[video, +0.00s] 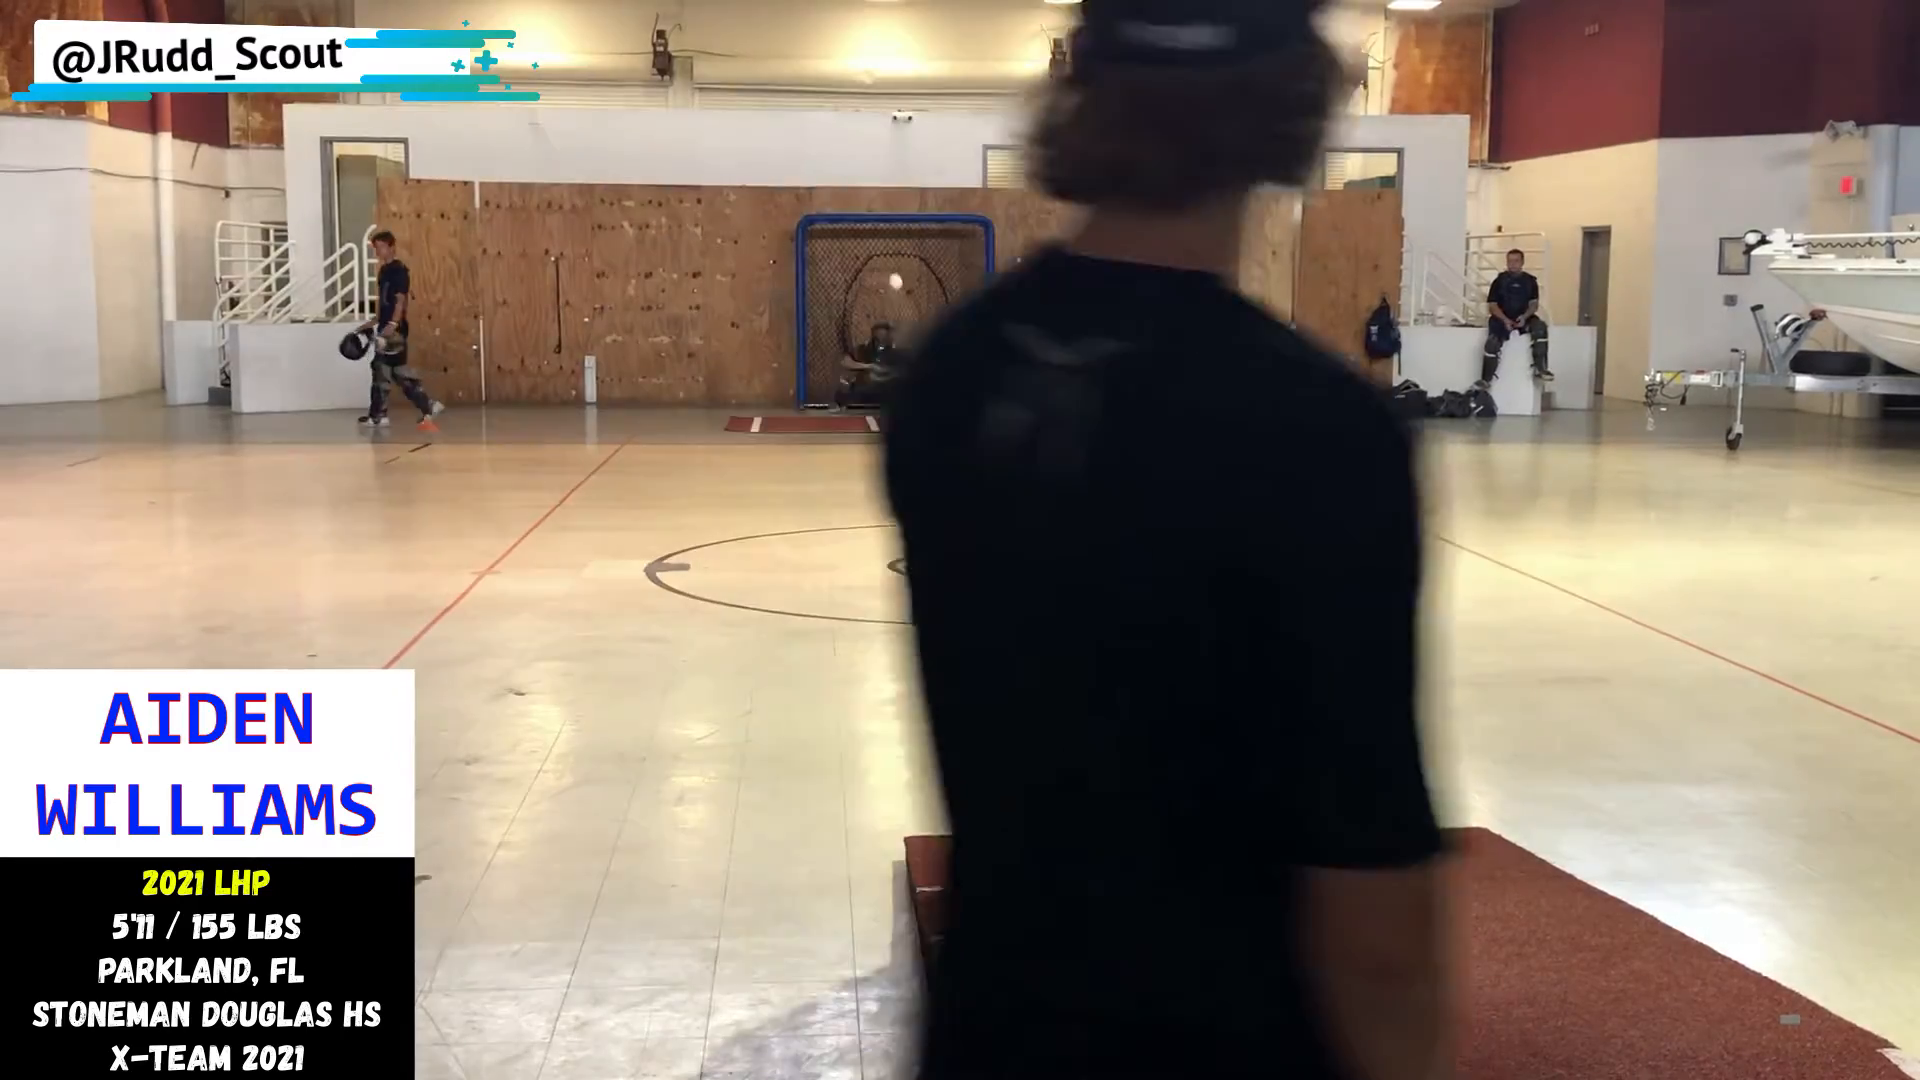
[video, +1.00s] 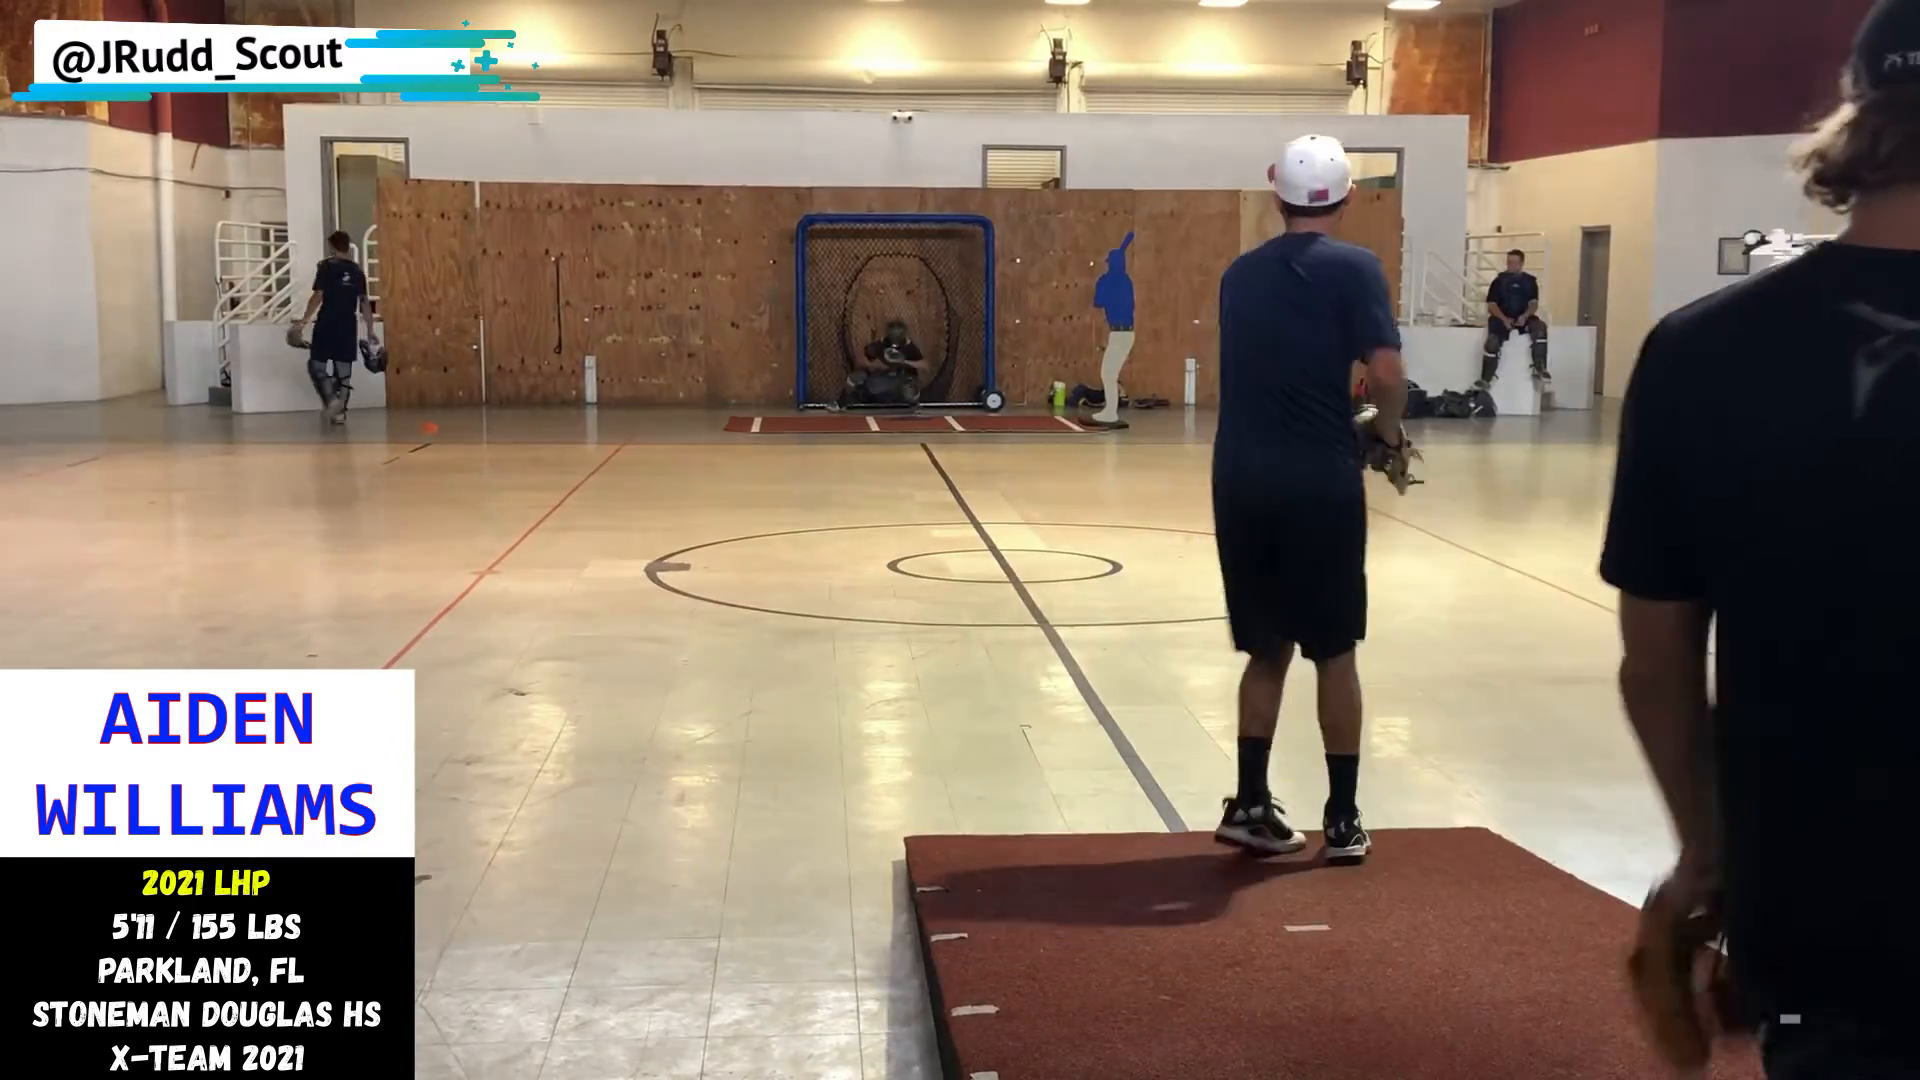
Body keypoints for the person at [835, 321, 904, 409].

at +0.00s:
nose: (883, 338)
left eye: (885, 335)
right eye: (880, 335)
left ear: (889, 336)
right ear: (874, 335)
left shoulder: (894, 353)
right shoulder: (863, 349)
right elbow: (845, 362)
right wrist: (870, 367)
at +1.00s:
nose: (896, 339)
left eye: (899, 336)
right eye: (893, 336)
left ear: (904, 335)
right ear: (888, 334)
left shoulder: (910, 347)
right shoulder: (879, 345)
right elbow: (860, 360)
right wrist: (875, 365)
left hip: (902, 379)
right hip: (880, 378)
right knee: (857, 377)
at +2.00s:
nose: (895, 334)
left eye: (898, 331)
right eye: (892, 331)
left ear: (902, 331)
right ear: (887, 331)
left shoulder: (910, 344)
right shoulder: (879, 345)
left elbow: (917, 367)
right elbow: (874, 369)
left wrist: (905, 373)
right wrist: (884, 375)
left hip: (904, 379)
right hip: (887, 379)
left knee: (921, 383)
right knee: (875, 386)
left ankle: (906, 402)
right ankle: (883, 404)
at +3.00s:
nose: (895, 321)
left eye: (898, 317)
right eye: (892, 317)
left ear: (903, 316)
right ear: (886, 315)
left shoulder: (910, 329)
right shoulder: (876, 330)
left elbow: (923, 348)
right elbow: (868, 350)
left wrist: (915, 355)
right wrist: (860, 365)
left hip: (907, 365)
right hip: (885, 365)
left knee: (923, 372)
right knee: (866, 375)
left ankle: (924, 403)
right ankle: (868, 404)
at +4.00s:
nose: (895, 341)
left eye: (898, 338)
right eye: (892, 337)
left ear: (903, 339)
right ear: (887, 338)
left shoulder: (909, 352)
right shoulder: (877, 353)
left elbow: (919, 370)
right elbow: (871, 371)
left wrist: (914, 382)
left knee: (919, 384)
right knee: (866, 380)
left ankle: (922, 405)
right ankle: (869, 406)